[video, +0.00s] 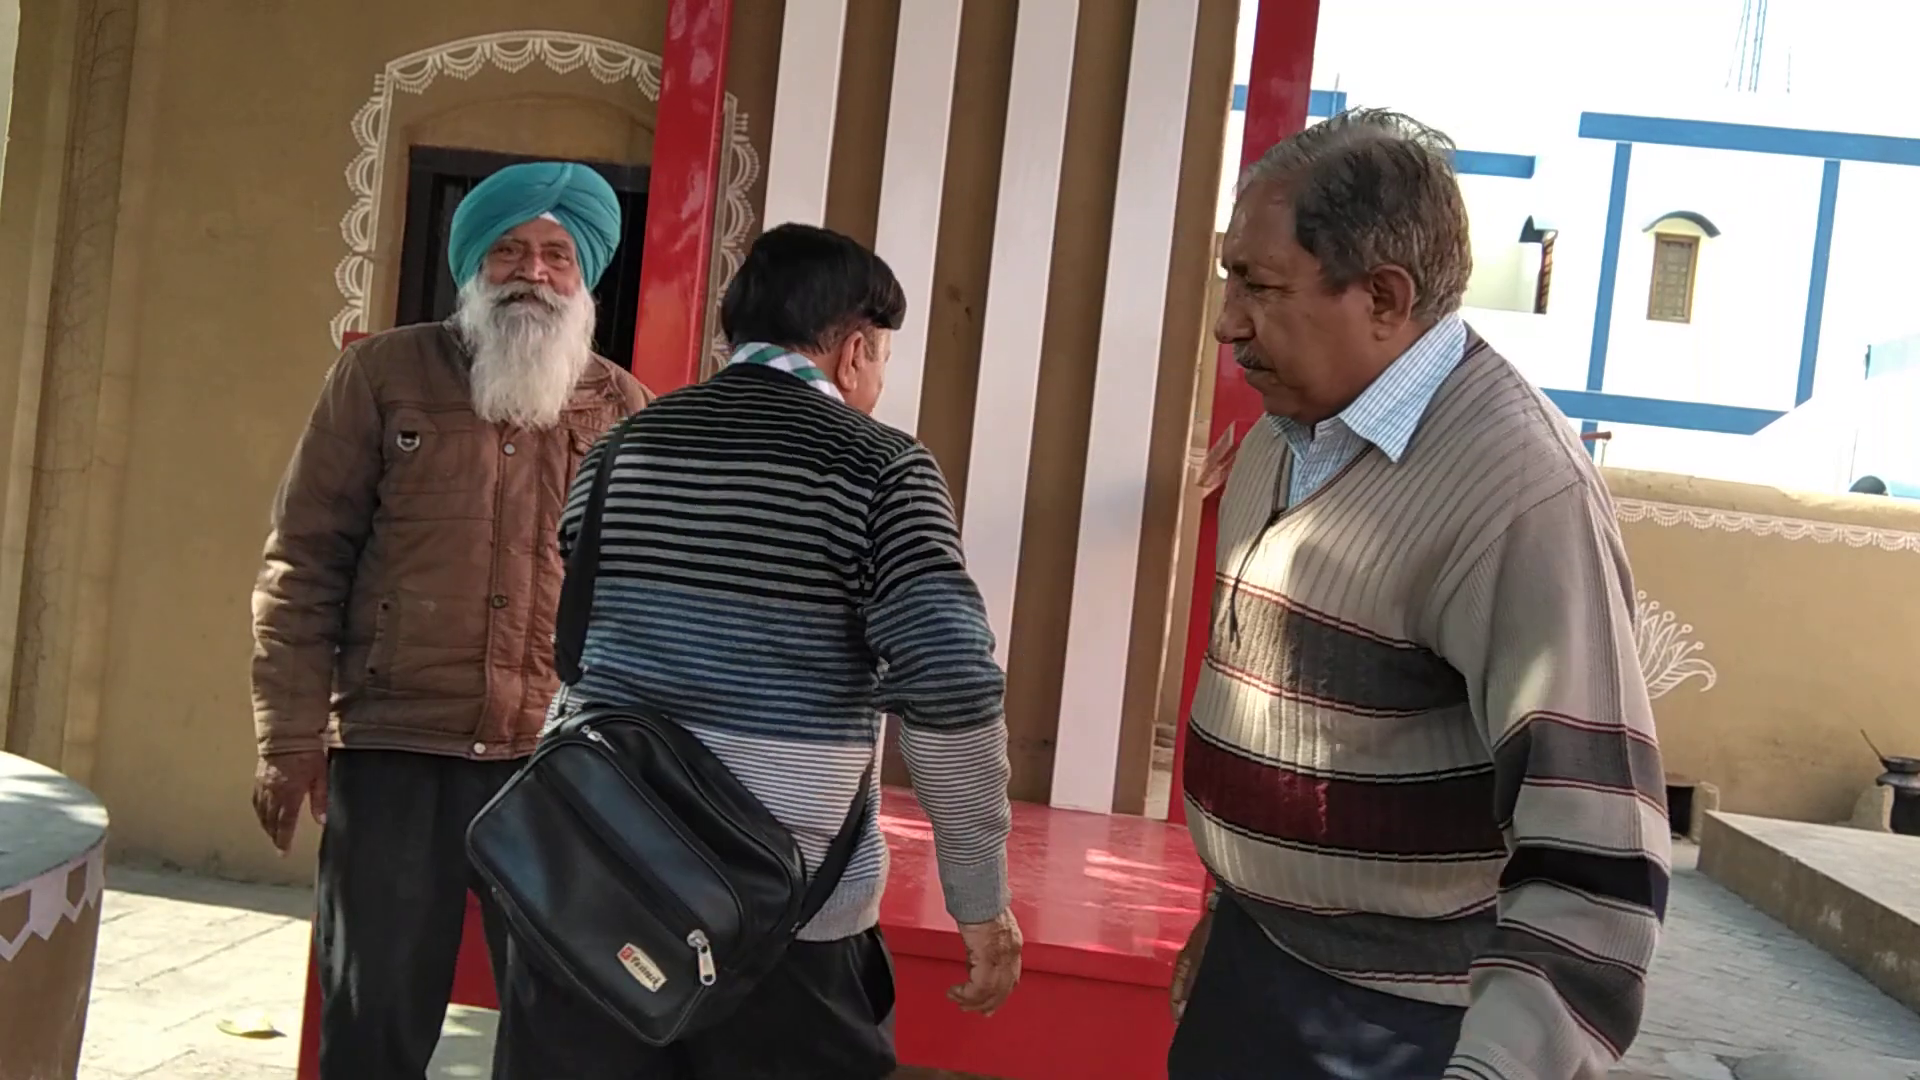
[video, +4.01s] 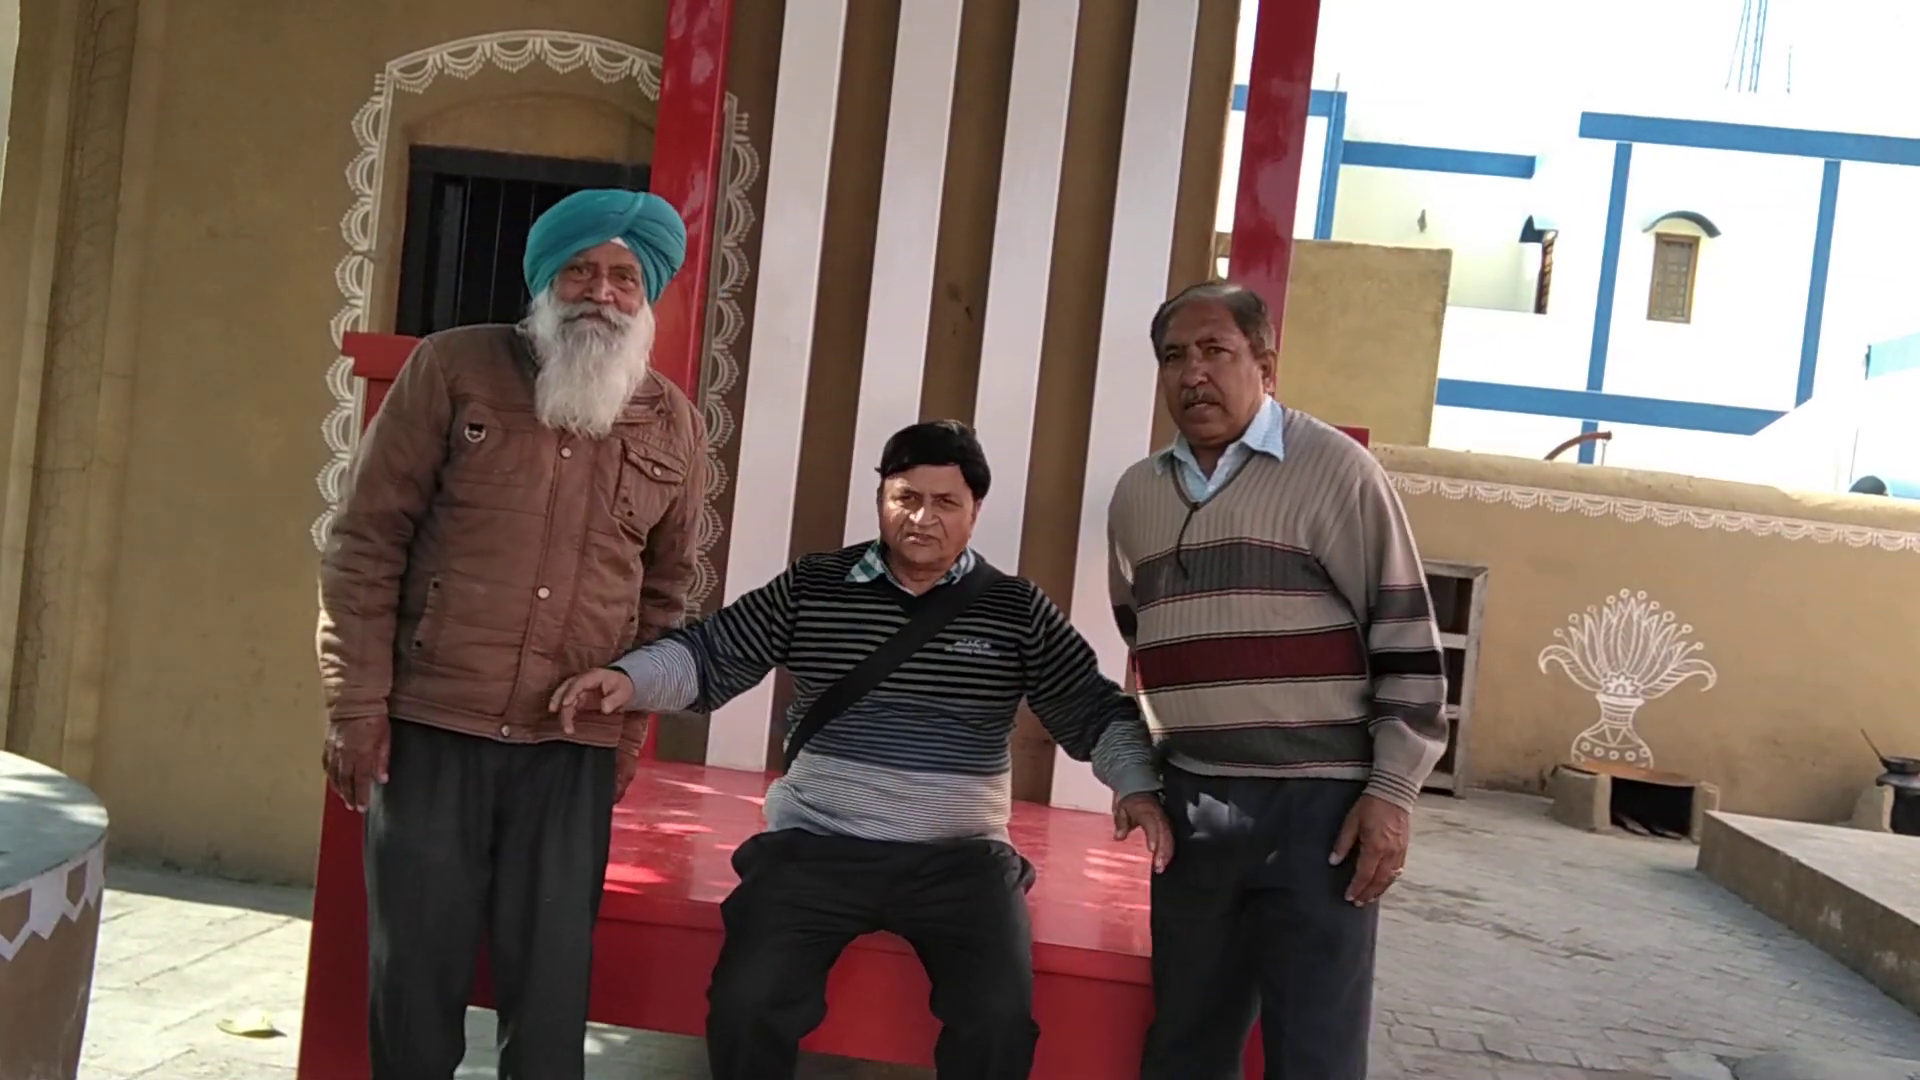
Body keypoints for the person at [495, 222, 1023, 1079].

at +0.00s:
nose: (885, 381)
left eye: (889, 359)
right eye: (887, 359)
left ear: (740, 334)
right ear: (856, 351)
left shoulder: (626, 440)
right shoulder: (880, 464)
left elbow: (575, 648)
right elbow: (949, 688)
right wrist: (980, 896)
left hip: (596, 869)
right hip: (785, 902)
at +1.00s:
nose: (969, 427)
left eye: (995, 409)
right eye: (954, 404)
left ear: (1043, 418)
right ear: (932, 401)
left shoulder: (1070, 525)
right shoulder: (859, 490)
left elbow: (1118, 664)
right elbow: (763, 605)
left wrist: (1138, 794)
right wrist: (689, 707)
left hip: (982, 841)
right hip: (827, 826)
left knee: (964, 1065)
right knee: (792, 1058)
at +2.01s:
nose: (920, 518)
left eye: (943, 503)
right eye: (906, 499)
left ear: (982, 512)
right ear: (884, 500)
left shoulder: (1025, 608)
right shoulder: (820, 582)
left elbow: (1120, 715)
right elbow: (708, 651)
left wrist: (1182, 819)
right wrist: (601, 679)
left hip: (967, 850)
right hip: (817, 837)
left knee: (996, 1014)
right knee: (758, 1004)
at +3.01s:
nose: (893, 509)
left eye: (916, 497)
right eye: (890, 493)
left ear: (974, 516)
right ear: (881, 499)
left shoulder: (1028, 611)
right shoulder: (829, 587)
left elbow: (1101, 703)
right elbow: (734, 653)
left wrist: (1135, 766)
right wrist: (648, 684)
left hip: (960, 849)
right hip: (815, 836)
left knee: (1003, 1003)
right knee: (743, 1001)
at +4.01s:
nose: (923, 517)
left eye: (944, 502)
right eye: (908, 498)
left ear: (975, 512)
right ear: (880, 503)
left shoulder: (1014, 609)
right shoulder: (813, 588)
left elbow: (1093, 707)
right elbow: (711, 651)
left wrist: (1137, 787)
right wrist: (626, 681)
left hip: (958, 851)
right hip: (812, 841)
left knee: (998, 1019)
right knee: (746, 1009)